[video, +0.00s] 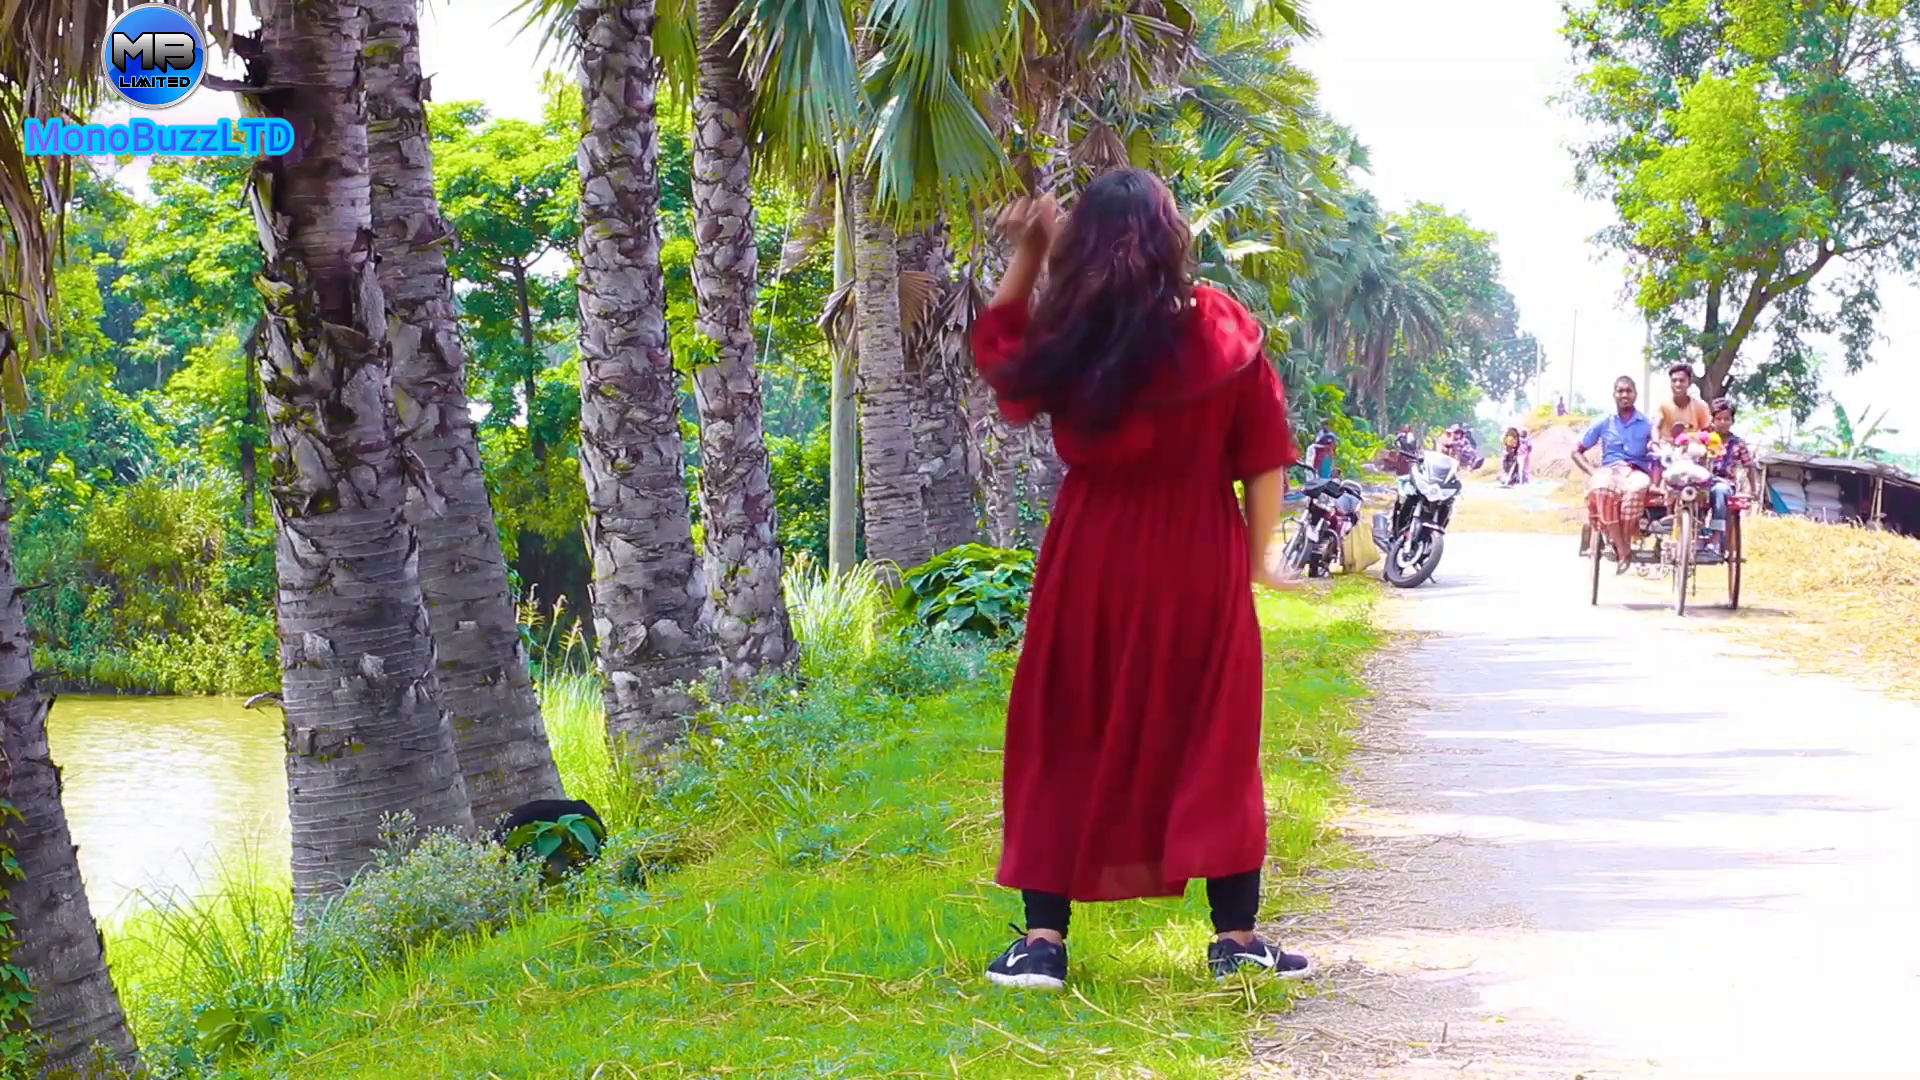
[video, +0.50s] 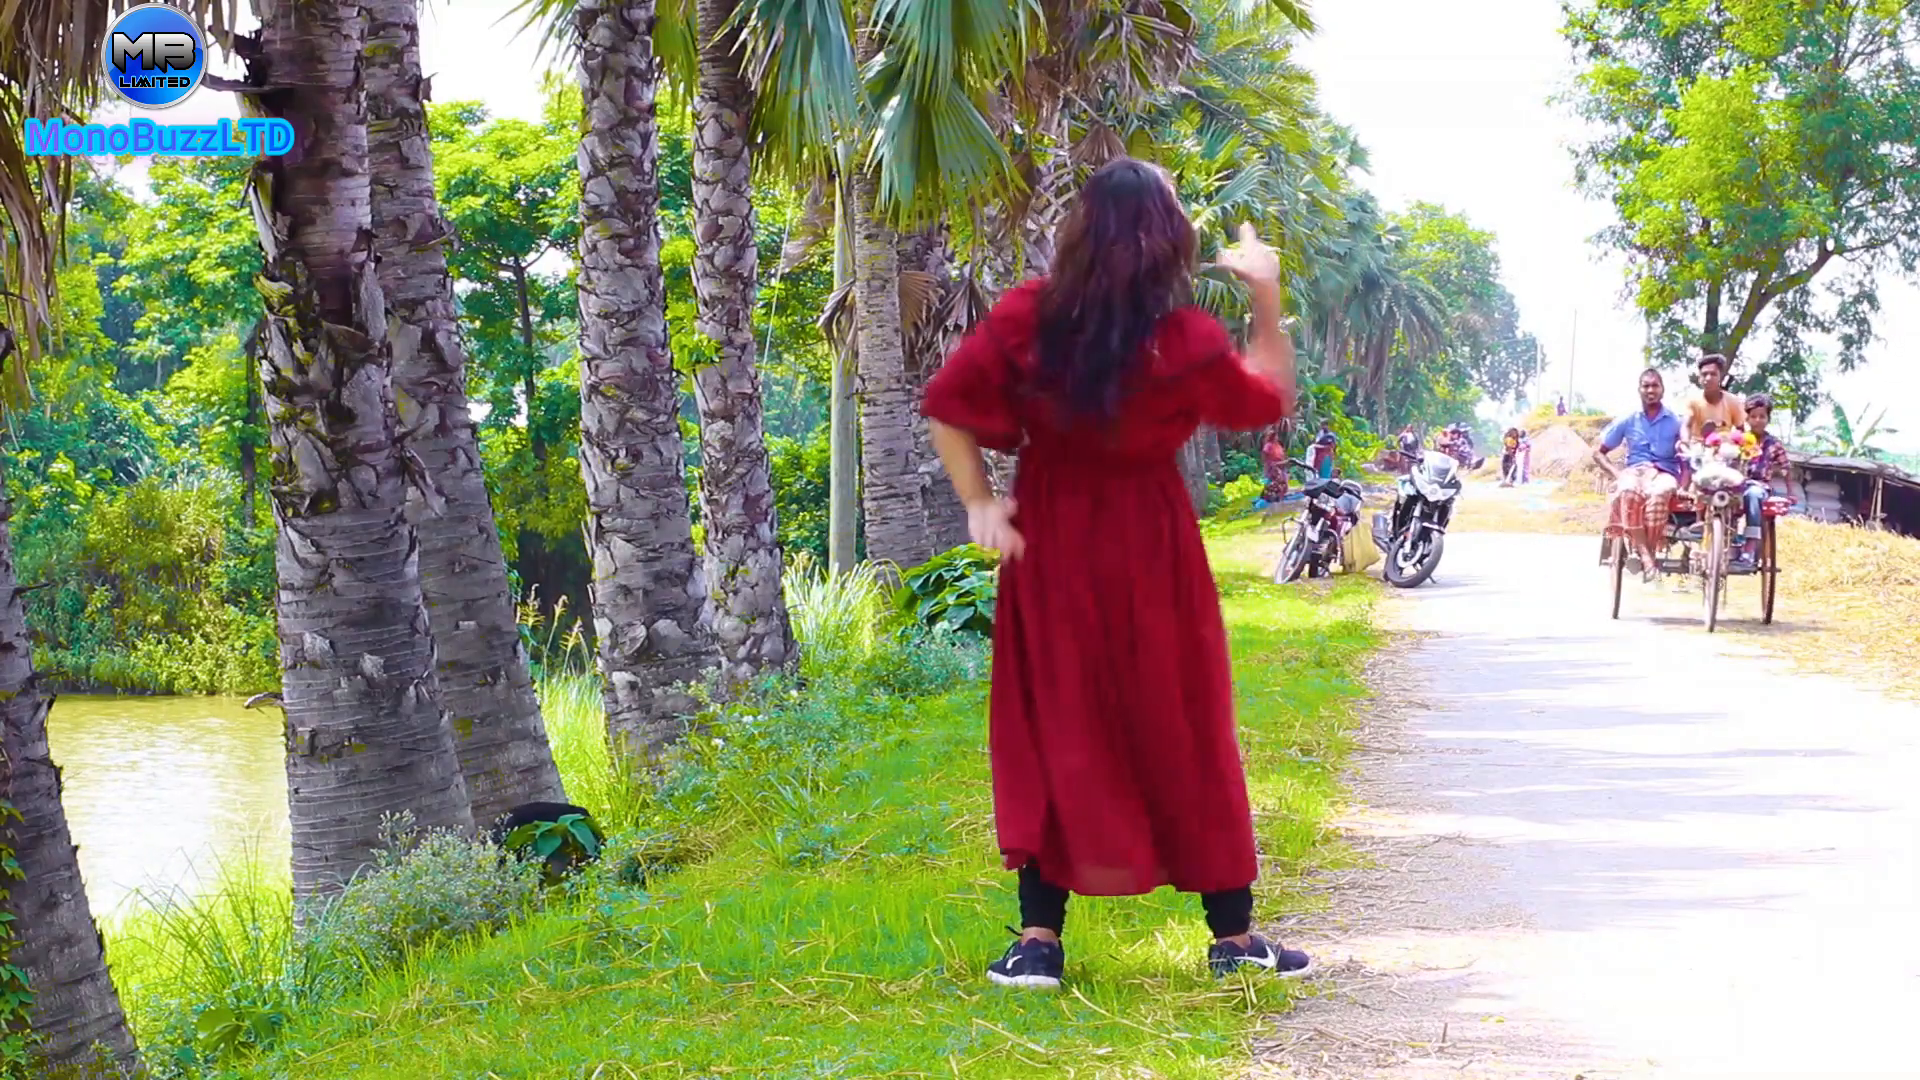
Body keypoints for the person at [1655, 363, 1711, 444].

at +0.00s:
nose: (1678, 384)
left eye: (1682, 381)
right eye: (1674, 380)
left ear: (1689, 383)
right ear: (1670, 383)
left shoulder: (1701, 407)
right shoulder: (1664, 406)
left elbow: (1708, 431)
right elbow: (1656, 427)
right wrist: (1655, 441)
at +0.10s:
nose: (1683, 383)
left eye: (1687, 379)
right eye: (1679, 379)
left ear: (1694, 381)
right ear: (1675, 381)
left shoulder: (1707, 404)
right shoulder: (1670, 406)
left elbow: (1714, 430)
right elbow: (1662, 427)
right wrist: (1661, 441)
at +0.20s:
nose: (1689, 383)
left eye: (1694, 378)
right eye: (1686, 378)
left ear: (1701, 380)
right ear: (1681, 381)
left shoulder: (1714, 404)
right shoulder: (1675, 405)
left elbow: (1720, 431)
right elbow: (1667, 427)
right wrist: (1667, 441)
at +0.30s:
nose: (1695, 381)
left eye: (1700, 377)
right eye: (1691, 377)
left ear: (1708, 380)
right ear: (1687, 380)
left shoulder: (1720, 404)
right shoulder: (1680, 403)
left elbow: (1727, 430)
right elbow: (1673, 426)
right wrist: (1673, 441)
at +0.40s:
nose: (1702, 379)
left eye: (1706, 375)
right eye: (1698, 375)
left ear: (1715, 377)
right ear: (1693, 378)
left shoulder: (1726, 402)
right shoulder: (1686, 400)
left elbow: (1735, 428)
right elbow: (1680, 424)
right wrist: (1679, 440)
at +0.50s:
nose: (1708, 378)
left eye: (1713, 374)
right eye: (1704, 374)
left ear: (1721, 377)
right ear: (1699, 377)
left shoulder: (1734, 402)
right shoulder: (1693, 401)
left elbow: (1741, 428)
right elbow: (1686, 424)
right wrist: (1685, 440)